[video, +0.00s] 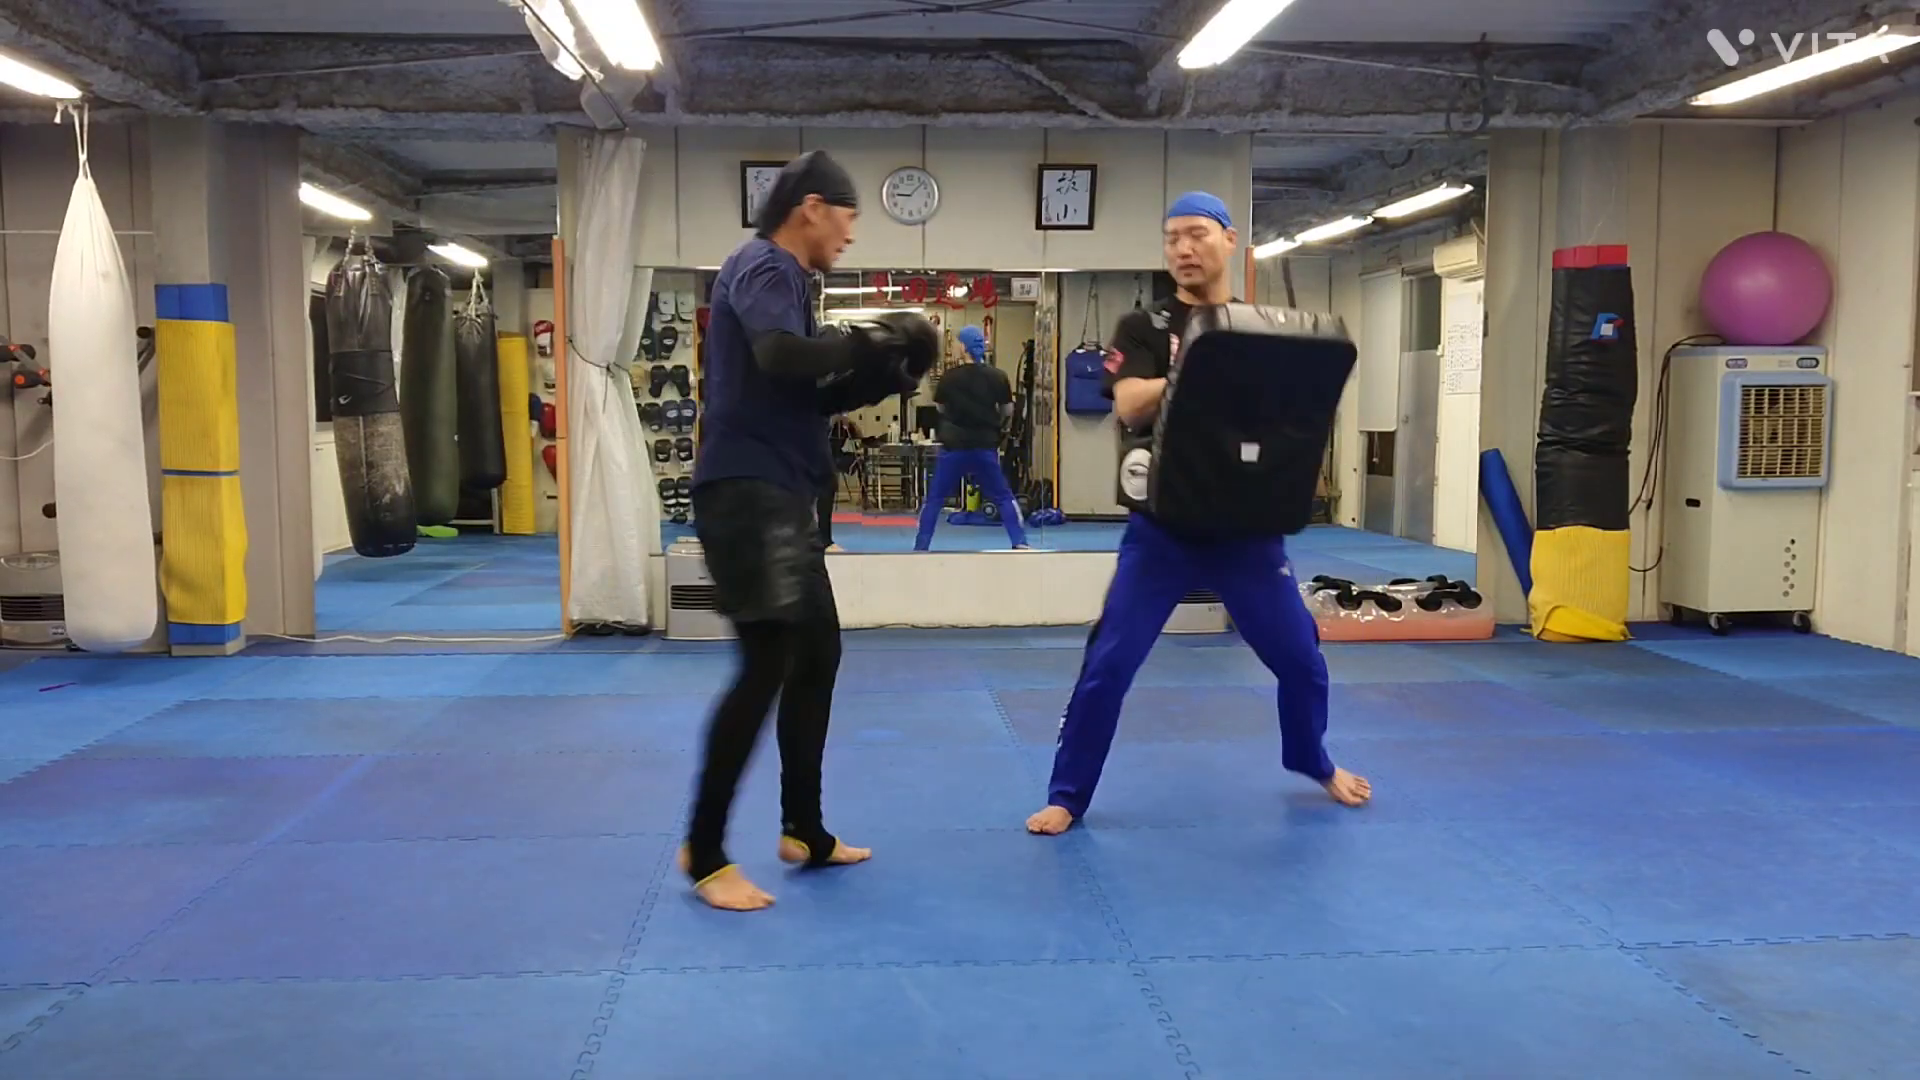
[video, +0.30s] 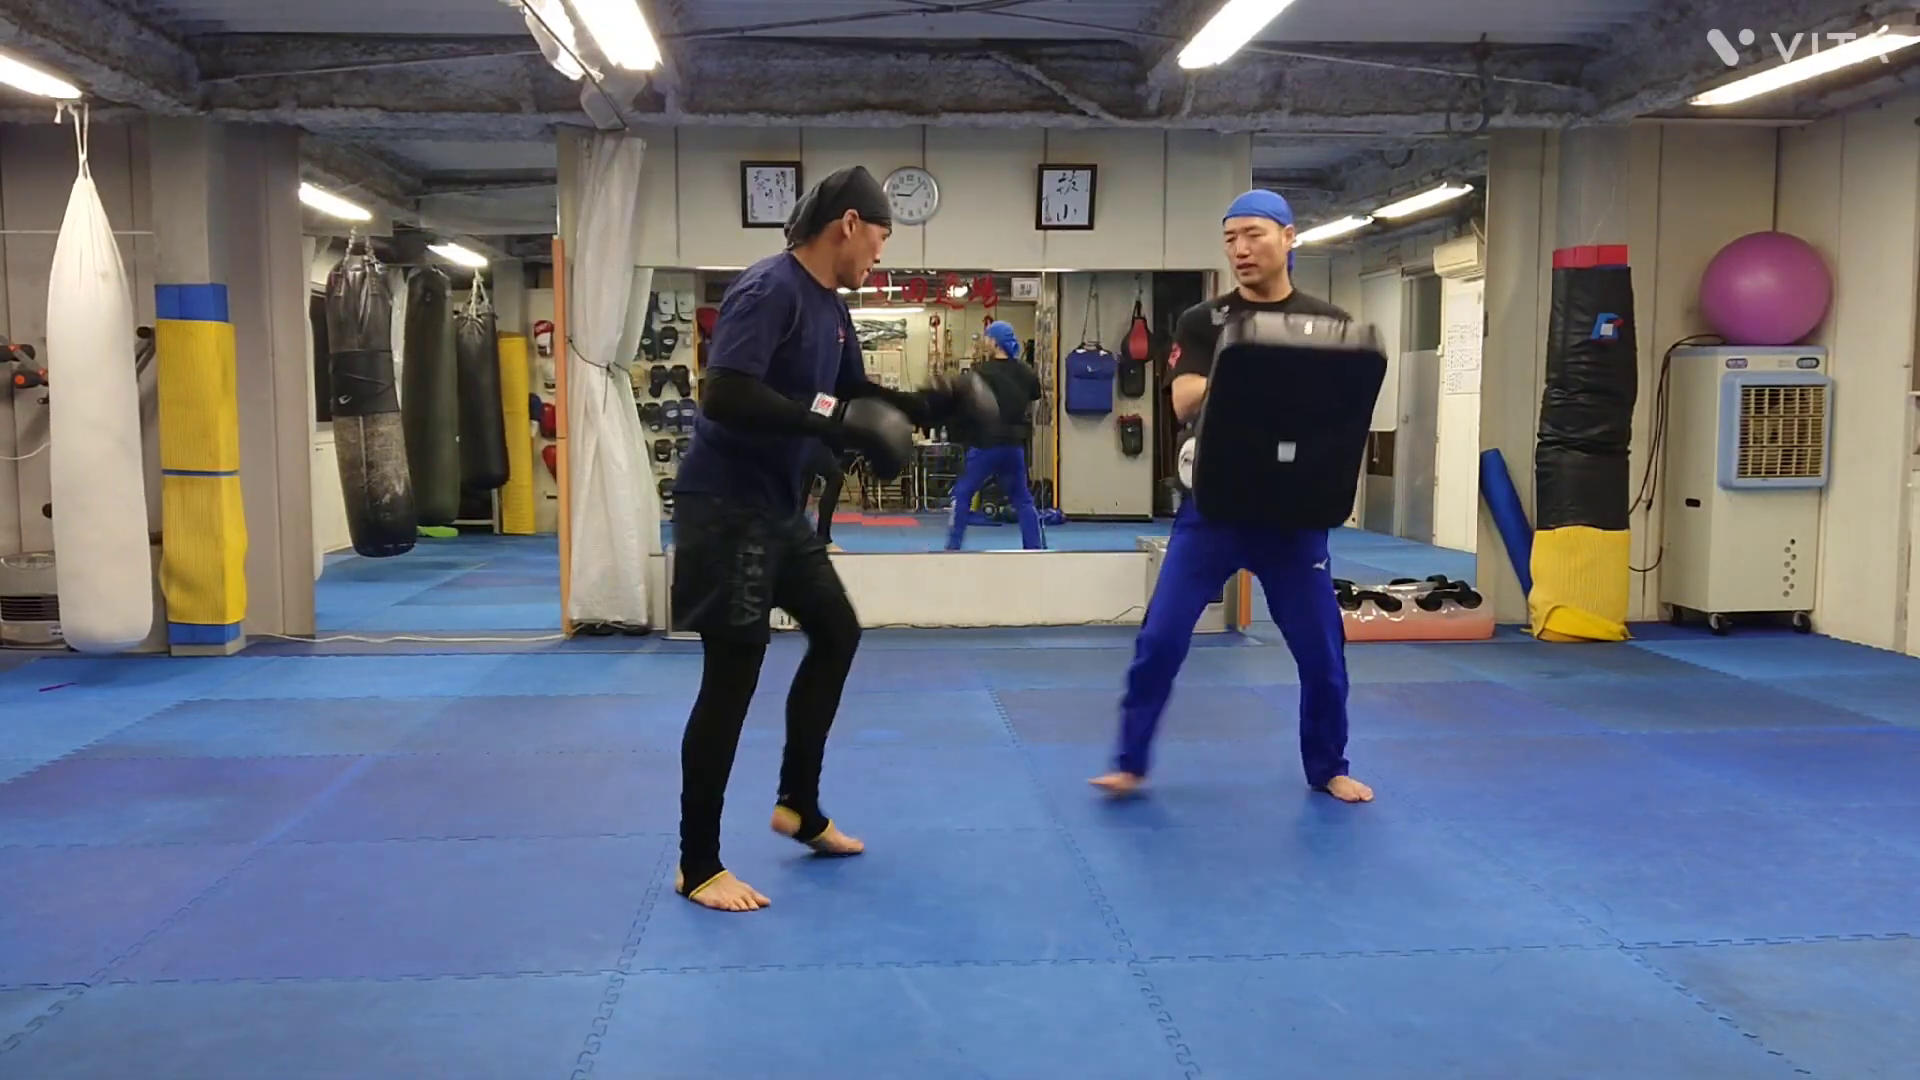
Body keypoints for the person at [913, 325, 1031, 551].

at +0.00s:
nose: (956, 347)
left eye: (958, 344)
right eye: (958, 343)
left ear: (964, 348)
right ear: (982, 346)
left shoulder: (951, 375)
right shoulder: (998, 376)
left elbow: (940, 406)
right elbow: (1007, 410)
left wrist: (957, 416)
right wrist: (993, 425)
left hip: (953, 447)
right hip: (984, 447)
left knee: (935, 498)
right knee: (1003, 497)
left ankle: (921, 546)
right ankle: (1019, 543)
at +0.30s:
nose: (983, 342)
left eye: (986, 338)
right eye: (985, 337)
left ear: (995, 343)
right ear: (1009, 343)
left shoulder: (982, 371)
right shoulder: (1025, 371)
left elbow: (968, 403)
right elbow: (1035, 397)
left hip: (985, 443)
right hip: (1015, 443)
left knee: (964, 492)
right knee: (1022, 497)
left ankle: (953, 544)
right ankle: (1034, 548)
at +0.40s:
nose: (986, 342)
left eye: (988, 338)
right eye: (986, 337)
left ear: (995, 341)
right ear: (1011, 340)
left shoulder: (984, 368)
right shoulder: (1028, 369)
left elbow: (969, 391)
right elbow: (1037, 395)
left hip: (990, 439)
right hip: (1019, 439)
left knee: (981, 496)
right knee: (1025, 495)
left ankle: (987, 549)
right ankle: (1036, 546)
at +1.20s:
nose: (1007, 341)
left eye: (1007, 338)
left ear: (1009, 338)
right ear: (1031, 336)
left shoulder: (1000, 362)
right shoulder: (1045, 361)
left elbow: (986, 395)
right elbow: (1054, 397)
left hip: (1005, 436)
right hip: (1039, 436)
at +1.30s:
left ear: (1020, 348)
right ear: (1048, 351)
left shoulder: (1002, 370)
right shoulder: (1052, 372)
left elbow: (990, 398)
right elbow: (1066, 404)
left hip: (1008, 444)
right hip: (1042, 444)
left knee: (996, 498)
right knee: (1062, 491)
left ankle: (986, 551)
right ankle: (1071, 546)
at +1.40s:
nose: (1015, 344)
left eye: (1016, 340)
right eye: (1016, 339)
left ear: (1022, 344)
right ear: (1043, 342)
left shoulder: (1010, 373)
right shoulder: (1060, 372)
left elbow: (999, 405)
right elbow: (1074, 406)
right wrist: (1058, 409)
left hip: (1015, 446)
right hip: (1051, 446)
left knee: (998, 500)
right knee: (1074, 497)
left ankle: (986, 552)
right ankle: (1089, 548)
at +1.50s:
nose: (1023, 349)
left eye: (1025, 344)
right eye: (1024, 344)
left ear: (1034, 346)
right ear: (1051, 344)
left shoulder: (1020, 373)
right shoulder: (1071, 375)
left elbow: (1008, 408)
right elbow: (1083, 410)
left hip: (1026, 449)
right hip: (1061, 450)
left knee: (1004, 503)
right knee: (1084, 500)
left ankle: (986, 552)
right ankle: (1106, 552)